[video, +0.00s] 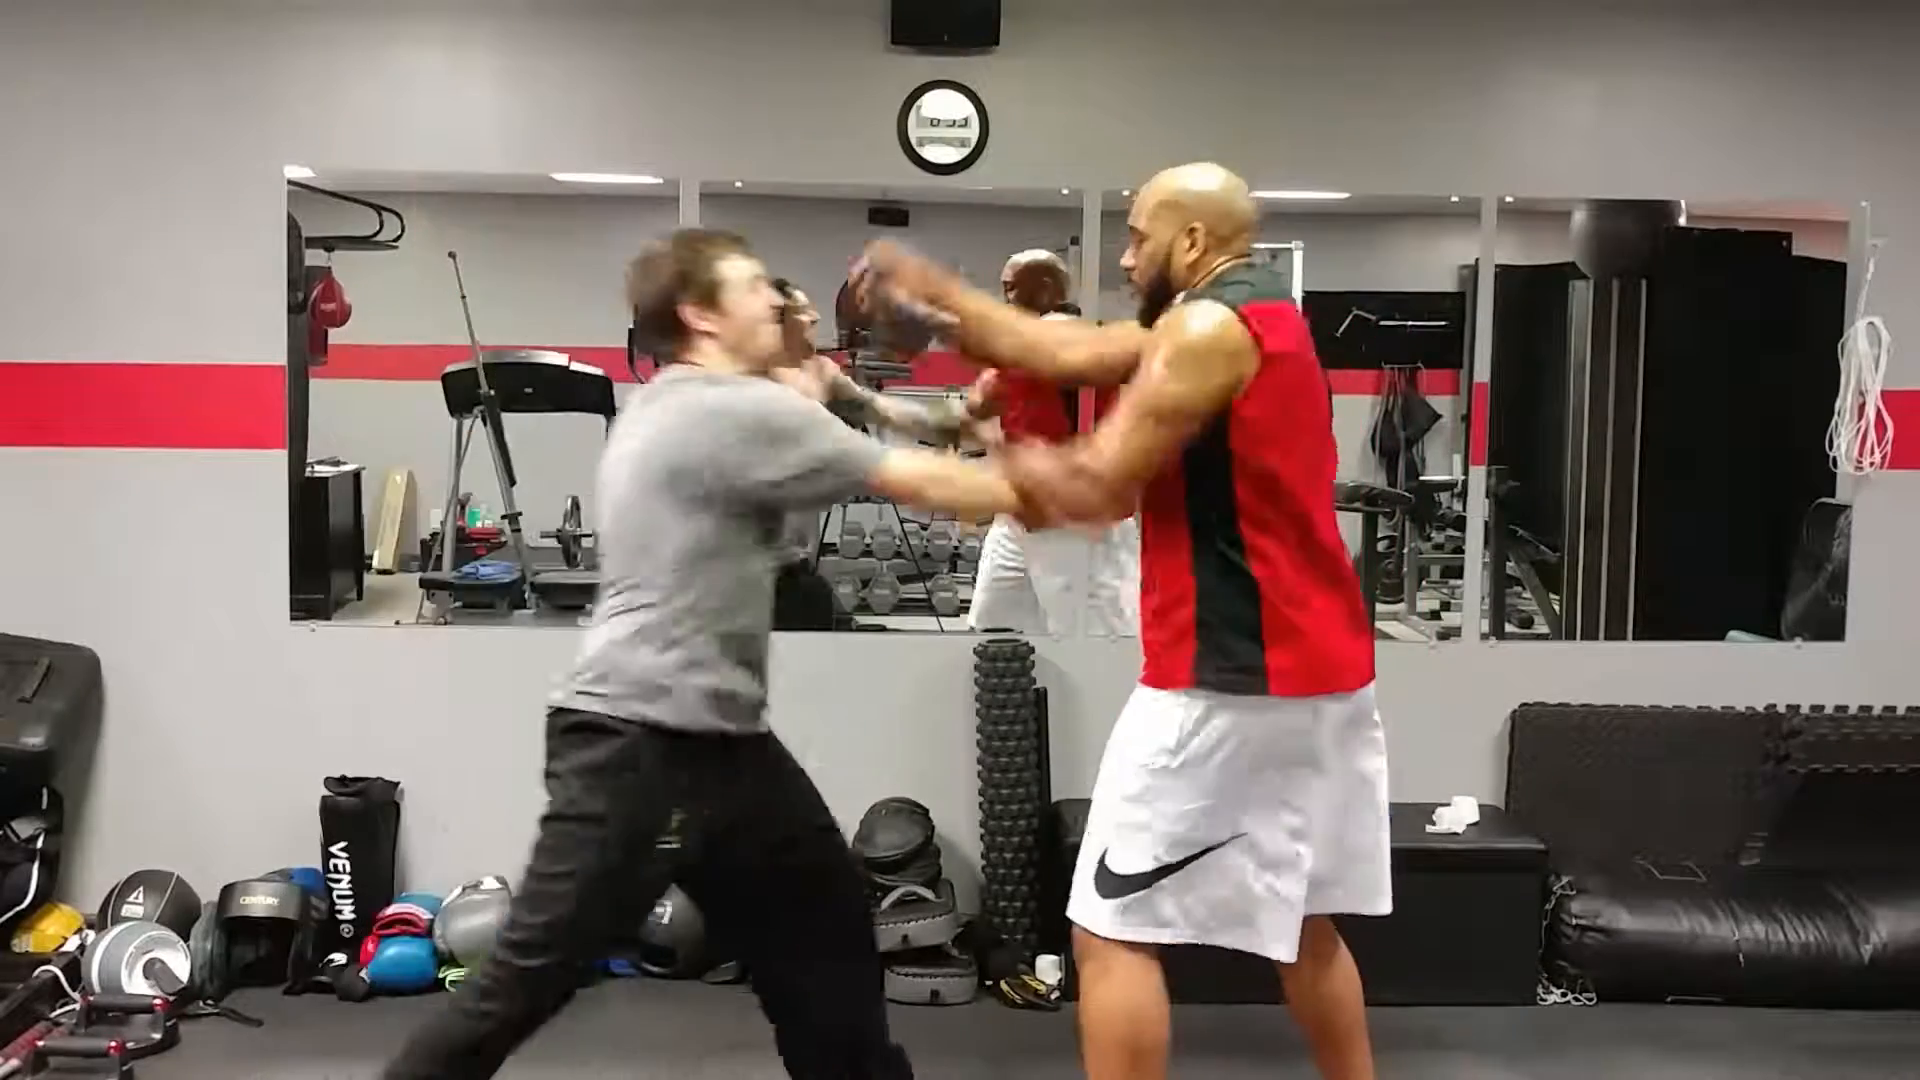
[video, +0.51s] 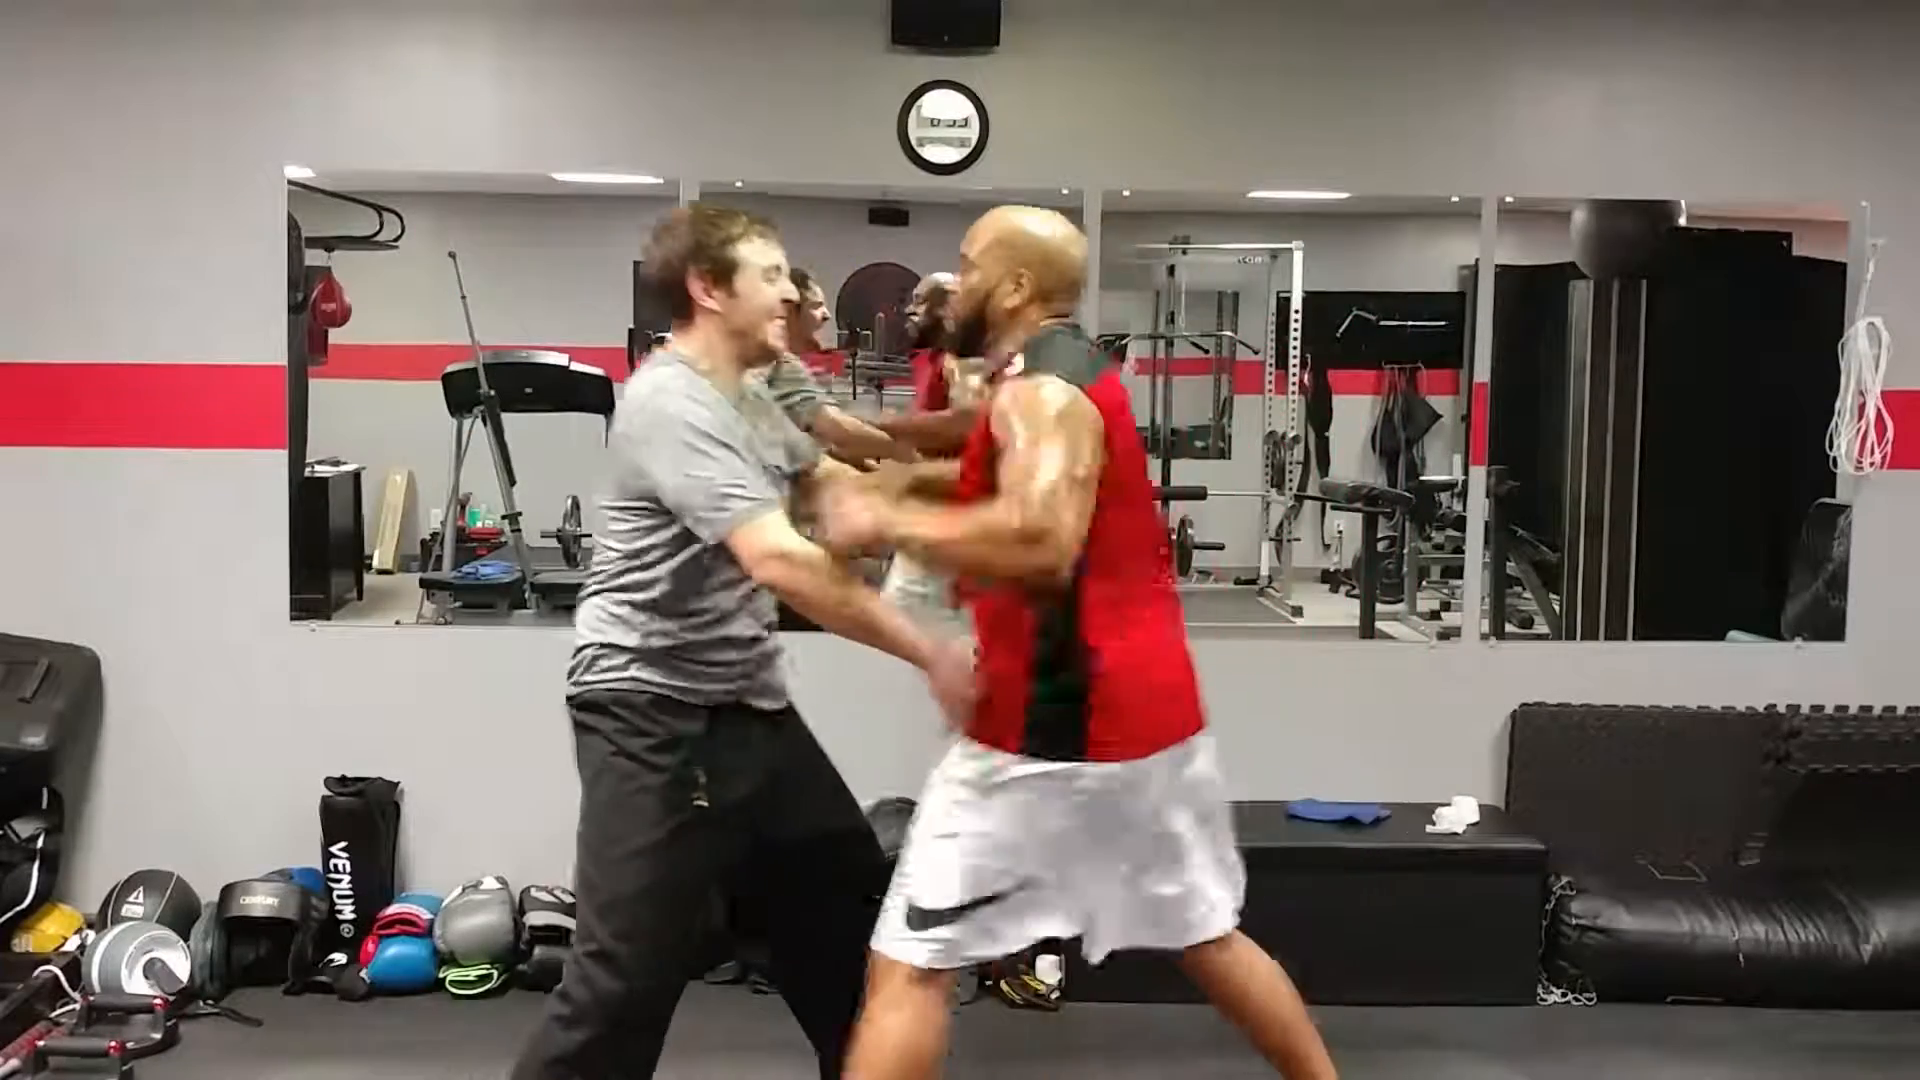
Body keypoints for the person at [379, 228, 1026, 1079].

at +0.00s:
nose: (783, 304)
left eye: (775, 285)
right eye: (760, 287)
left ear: (699, 322)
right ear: (701, 317)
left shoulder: (661, 412)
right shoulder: (734, 411)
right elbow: (912, 479)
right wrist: (1038, 495)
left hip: (722, 740)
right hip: (632, 736)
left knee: (828, 948)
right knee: (523, 979)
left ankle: (857, 1073)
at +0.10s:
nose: (861, 320)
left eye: (854, 302)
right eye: (842, 303)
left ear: (781, 332)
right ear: (784, 328)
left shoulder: (730, 413)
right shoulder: (786, 434)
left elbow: (852, 424)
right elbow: (929, 562)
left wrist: (939, 474)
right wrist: (1071, 640)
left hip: (733, 730)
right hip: (660, 722)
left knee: (837, 903)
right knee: (606, 970)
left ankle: (863, 1074)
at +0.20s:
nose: (880, 327)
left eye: (874, 310)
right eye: (861, 310)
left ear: (801, 334)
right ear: (802, 332)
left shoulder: (782, 419)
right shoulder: (775, 443)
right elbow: (911, 593)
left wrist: (905, 484)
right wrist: (1055, 674)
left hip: (758, 729)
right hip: (658, 727)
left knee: (855, 915)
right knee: (621, 988)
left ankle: (874, 1072)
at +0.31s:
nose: (860, 318)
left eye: (854, 301)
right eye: (841, 302)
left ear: (785, 323)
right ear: (781, 321)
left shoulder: (796, 415)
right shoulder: (750, 435)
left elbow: (874, 485)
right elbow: (866, 601)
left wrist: (973, 525)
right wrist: (1011, 696)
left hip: (766, 732)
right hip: (665, 724)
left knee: (863, 921)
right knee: (616, 981)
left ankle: (884, 1075)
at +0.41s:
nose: (841, 306)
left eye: (834, 288)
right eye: (819, 288)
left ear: (765, 309)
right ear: (755, 307)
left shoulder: (794, 408)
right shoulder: (723, 420)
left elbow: (881, 493)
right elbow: (832, 584)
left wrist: (985, 502)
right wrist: (984, 672)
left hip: (762, 724)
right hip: (657, 719)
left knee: (863, 924)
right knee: (621, 978)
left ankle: (871, 1072)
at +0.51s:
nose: (792, 294)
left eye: (789, 277)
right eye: (772, 277)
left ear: (723, 294)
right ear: (708, 290)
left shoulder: (751, 394)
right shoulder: (665, 405)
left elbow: (835, 485)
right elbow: (783, 567)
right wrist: (928, 649)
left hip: (749, 709)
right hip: (648, 713)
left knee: (858, 933)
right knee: (619, 990)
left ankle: (868, 1066)